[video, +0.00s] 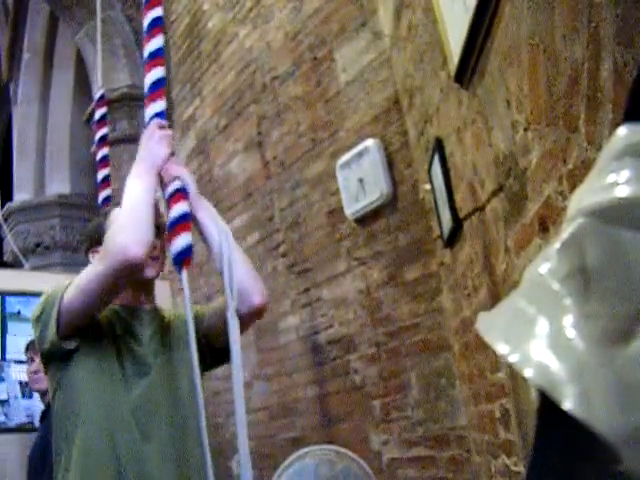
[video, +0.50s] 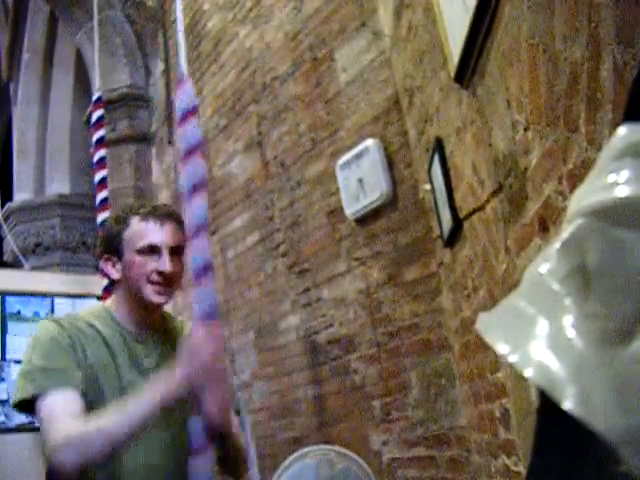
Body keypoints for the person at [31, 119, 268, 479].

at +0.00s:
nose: (153, 243)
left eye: (159, 232)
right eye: (141, 232)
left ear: (167, 243)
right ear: (96, 254)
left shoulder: (179, 332)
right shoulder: (63, 324)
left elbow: (251, 301)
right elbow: (127, 253)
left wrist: (195, 202)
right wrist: (144, 166)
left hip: (182, 471)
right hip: (93, 471)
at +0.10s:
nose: (153, 246)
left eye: (159, 235)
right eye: (136, 233)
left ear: (168, 249)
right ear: (97, 255)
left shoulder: (177, 326)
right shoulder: (58, 318)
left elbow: (252, 328)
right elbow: (127, 280)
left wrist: (200, 220)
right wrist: (149, 183)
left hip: (178, 471)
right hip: (90, 471)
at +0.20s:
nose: (152, 242)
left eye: (158, 235)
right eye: (135, 233)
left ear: (169, 251)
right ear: (104, 258)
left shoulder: (178, 334)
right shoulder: (53, 322)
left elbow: (252, 362)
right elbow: (119, 315)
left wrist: (204, 241)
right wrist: (157, 207)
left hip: (176, 472)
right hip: (85, 472)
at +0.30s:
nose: (160, 251)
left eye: (165, 241)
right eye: (143, 240)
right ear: (108, 259)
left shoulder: (180, 332)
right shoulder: (56, 321)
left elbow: (243, 402)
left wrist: (212, 280)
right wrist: (165, 243)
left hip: (175, 473)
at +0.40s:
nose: (163, 261)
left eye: (170, 248)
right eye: (148, 246)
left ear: (179, 256)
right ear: (111, 261)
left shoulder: (185, 332)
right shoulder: (60, 326)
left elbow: (237, 441)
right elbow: (86, 412)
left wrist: (217, 346)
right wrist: (170, 303)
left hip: (175, 473)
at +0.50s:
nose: (167, 267)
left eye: (175, 253)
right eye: (149, 252)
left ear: (184, 262)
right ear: (113, 266)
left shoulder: (190, 340)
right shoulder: (61, 337)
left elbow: (239, 467)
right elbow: (65, 452)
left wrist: (221, 423)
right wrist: (180, 375)